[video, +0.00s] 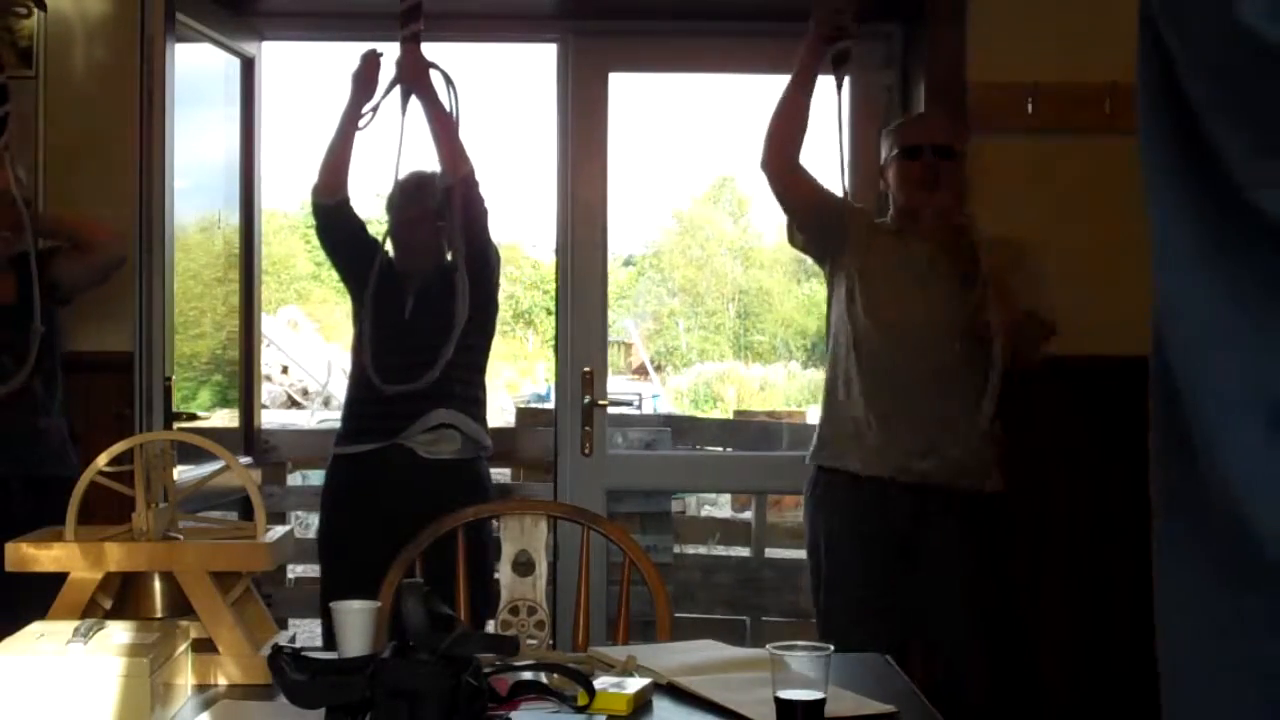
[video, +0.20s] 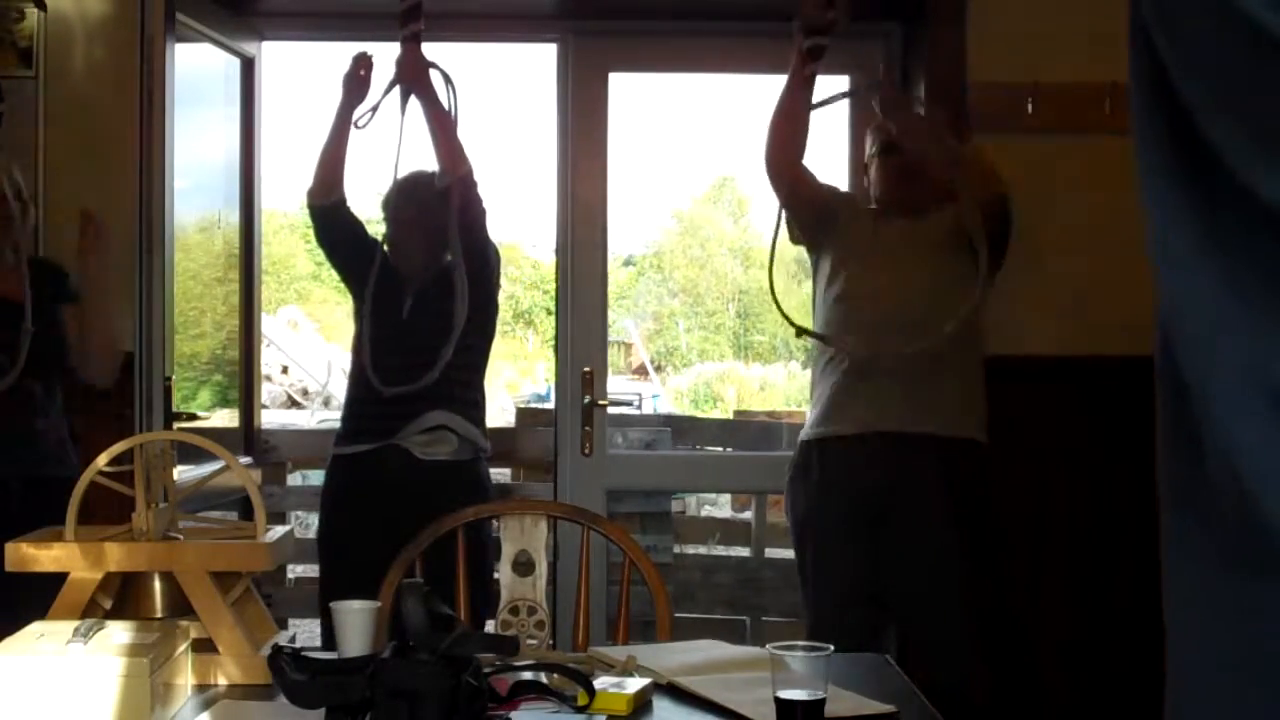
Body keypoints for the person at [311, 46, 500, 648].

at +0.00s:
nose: (432, 210)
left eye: (442, 200)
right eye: (416, 201)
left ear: (455, 219)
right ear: (390, 222)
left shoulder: (473, 282)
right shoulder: (373, 281)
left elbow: (462, 183)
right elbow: (328, 200)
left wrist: (425, 93)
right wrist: (355, 108)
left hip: (451, 480)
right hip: (364, 480)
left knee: (455, 645)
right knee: (357, 649)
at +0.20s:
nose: (417, 217)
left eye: (429, 205)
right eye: (404, 207)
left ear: (452, 219)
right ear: (387, 224)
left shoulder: (472, 280)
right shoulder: (373, 277)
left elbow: (461, 184)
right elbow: (325, 201)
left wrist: (424, 93)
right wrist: (347, 108)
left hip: (448, 477)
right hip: (363, 476)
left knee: (452, 641)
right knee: (355, 644)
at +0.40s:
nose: (414, 220)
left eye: (426, 206)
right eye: (402, 210)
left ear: (450, 216)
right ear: (389, 223)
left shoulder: (473, 280)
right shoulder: (376, 277)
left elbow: (454, 182)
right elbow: (325, 202)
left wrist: (418, 90)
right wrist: (345, 113)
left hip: (447, 479)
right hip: (364, 477)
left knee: (451, 642)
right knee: (357, 646)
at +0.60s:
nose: (437, 203)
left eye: (448, 196)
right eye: (423, 197)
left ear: (460, 217)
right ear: (401, 222)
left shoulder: (473, 282)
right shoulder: (376, 280)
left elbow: (455, 184)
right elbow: (322, 204)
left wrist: (419, 93)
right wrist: (343, 115)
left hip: (449, 478)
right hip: (365, 478)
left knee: (452, 642)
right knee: (356, 643)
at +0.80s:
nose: (435, 206)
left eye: (446, 198)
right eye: (422, 199)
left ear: (459, 217)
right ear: (399, 223)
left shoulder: (472, 281)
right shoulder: (373, 282)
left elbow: (460, 182)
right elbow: (316, 208)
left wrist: (426, 91)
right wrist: (336, 112)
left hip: (450, 481)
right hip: (365, 481)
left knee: (453, 648)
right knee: (360, 651)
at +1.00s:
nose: (438, 202)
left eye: (447, 195)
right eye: (422, 195)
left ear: (459, 215)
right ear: (398, 223)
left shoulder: (474, 282)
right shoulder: (371, 283)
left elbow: (458, 183)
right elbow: (313, 212)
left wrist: (423, 91)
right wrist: (333, 113)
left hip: (454, 484)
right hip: (367, 483)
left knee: (456, 648)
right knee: (362, 649)